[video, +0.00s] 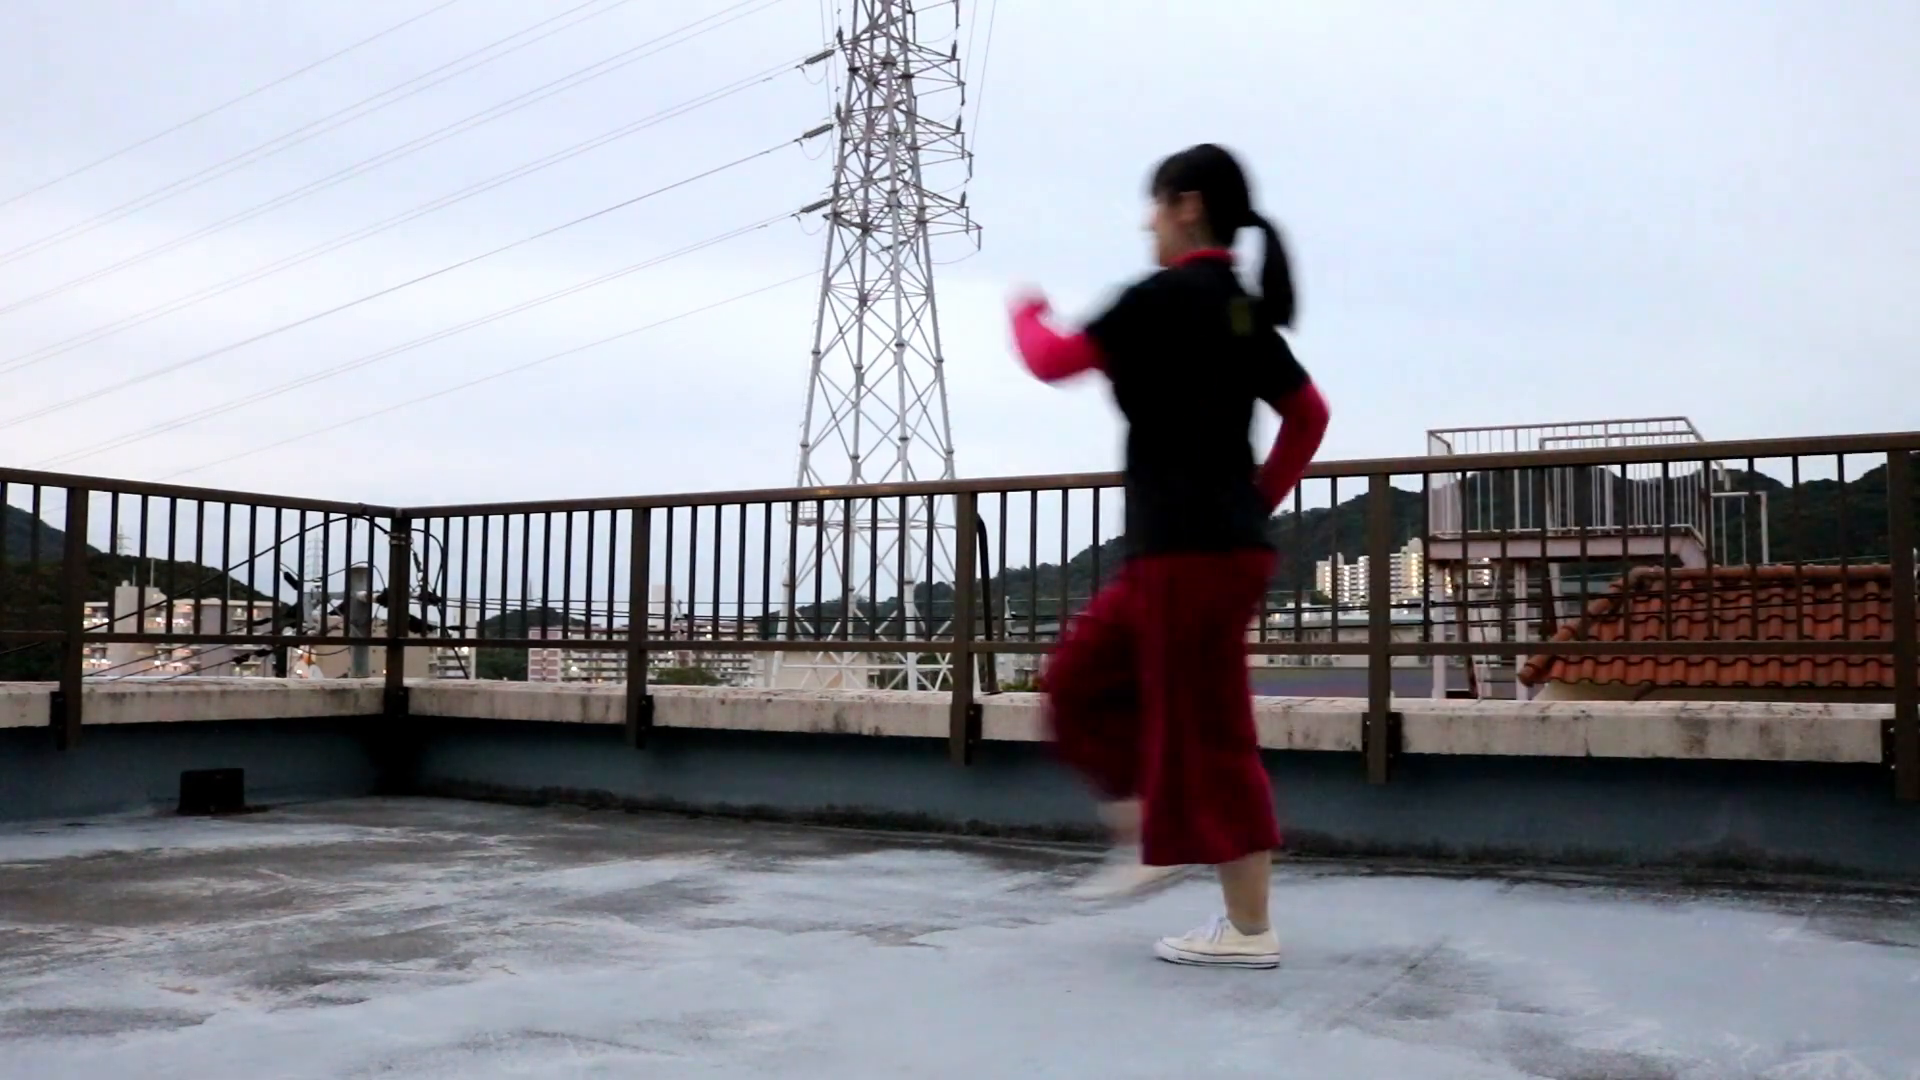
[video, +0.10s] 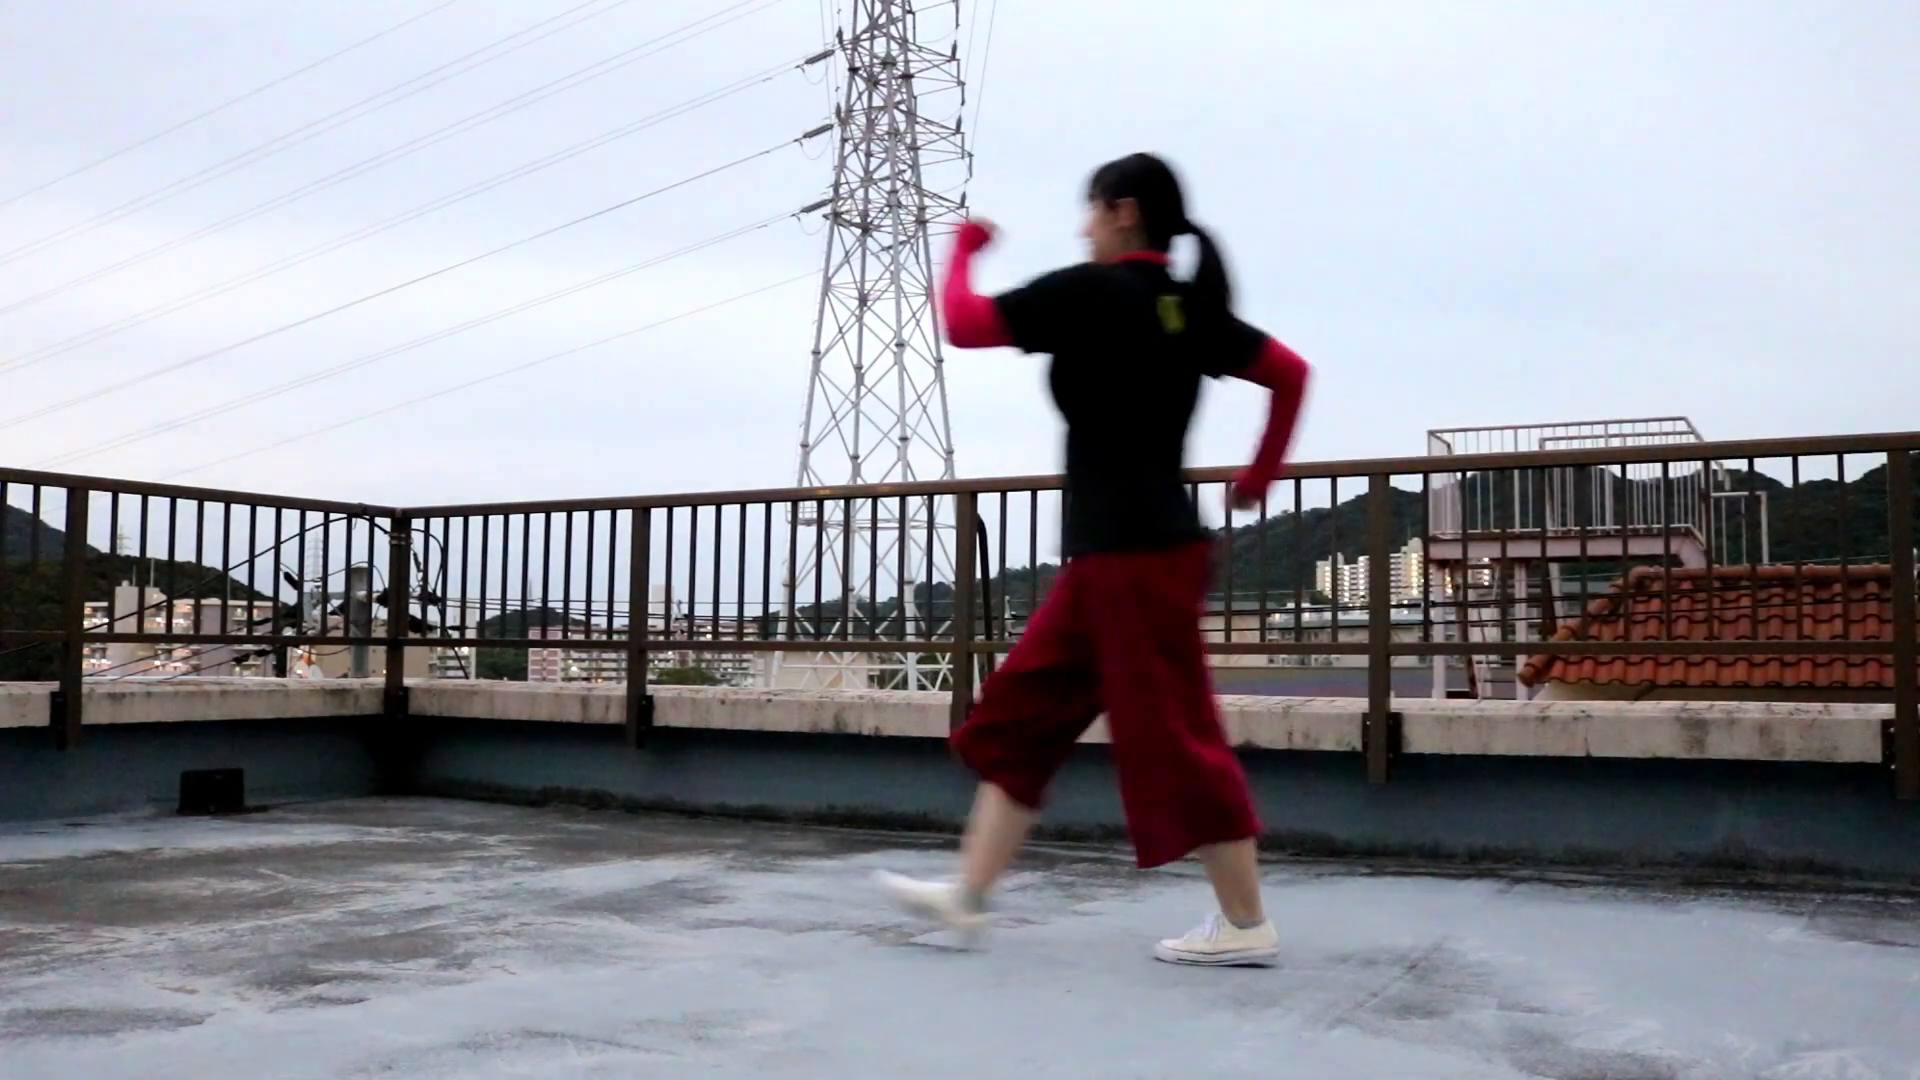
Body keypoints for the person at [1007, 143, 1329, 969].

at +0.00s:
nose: (1148, 220)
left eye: (1156, 205)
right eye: (1152, 205)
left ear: (1187, 210)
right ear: (1215, 216)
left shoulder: (1157, 301)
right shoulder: (1238, 312)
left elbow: (1053, 359)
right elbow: (1308, 414)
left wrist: (1024, 308)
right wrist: (1257, 502)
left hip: (1182, 553)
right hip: (1231, 548)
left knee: (1210, 725)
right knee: (1076, 680)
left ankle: (1249, 926)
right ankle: (1143, 833)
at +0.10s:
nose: (1085, 223)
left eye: (1092, 209)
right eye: (1089, 209)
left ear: (1123, 214)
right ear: (1152, 220)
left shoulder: (1085, 293)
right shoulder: (1189, 307)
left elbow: (963, 323)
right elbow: (1290, 373)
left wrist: (961, 247)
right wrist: (1260, 473)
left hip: (1129, 553)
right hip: (1143, 549)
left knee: (1175, 731)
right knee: (1024, 714)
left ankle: (1246, 922)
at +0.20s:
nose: (1021, 234)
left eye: (1030, 220)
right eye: (1025, 220)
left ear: (1061, 225)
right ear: (1086, 230)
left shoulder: (1018, 301)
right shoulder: (1124, 316)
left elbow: (904, 331)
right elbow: (1223, 385)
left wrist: (895, 256)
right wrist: (1181, 472)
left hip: (1040, 555)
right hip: (1089, 549)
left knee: (1117, 727)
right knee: (984, 729)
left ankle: (1224, 900)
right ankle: (938, 911)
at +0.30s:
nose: (961, 236)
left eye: (968, 223)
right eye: (965, 222)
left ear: (998, 229)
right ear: (1027, 235)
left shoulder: (961, 306)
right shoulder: (1054, 319)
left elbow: (875, 379)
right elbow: (1112, 432)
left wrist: (829, 333)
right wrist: (1049, 479)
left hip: (968, 564)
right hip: (1027, 563)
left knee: (956, 723)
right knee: (945, 721)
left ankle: (1137, 848)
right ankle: (931, 912)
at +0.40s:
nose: (903, 246)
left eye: (909, 232)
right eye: (906, 232)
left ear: (939, 236)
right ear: (964, 240)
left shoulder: (933, 313)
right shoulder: (980, 320)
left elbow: (908, 411)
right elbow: (958, 428)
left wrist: (823, 436)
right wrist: (876, 402)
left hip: (920, 563)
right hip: (969, 561)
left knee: (836, 723)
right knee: (924, 726)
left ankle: (995, 811)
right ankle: (928, 913)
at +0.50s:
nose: (848, 248)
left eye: (856, 235)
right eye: (851, 235)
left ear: (885, 239)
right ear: (906, 244)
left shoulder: (903, 315)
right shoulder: (887, 324)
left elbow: (950, 393)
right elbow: (833, 414)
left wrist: (876, 466)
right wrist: (794, 343)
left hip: (869, 567)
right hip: (913, 565)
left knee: (743, 684)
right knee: (908, 730)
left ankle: (806, 854)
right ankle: (931, 911)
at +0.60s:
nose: (793, 256)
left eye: (801, 243)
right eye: (798, 244)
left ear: (827, 247)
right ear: (845, 252)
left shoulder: (862, 317)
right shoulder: (804, 329)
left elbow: (948, 361)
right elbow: (736, 374)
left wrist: (882, 451)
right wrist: (740, 289)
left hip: (794, 560)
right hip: (856, 558)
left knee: (693, 711)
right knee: (886, 729)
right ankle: (926, 905)